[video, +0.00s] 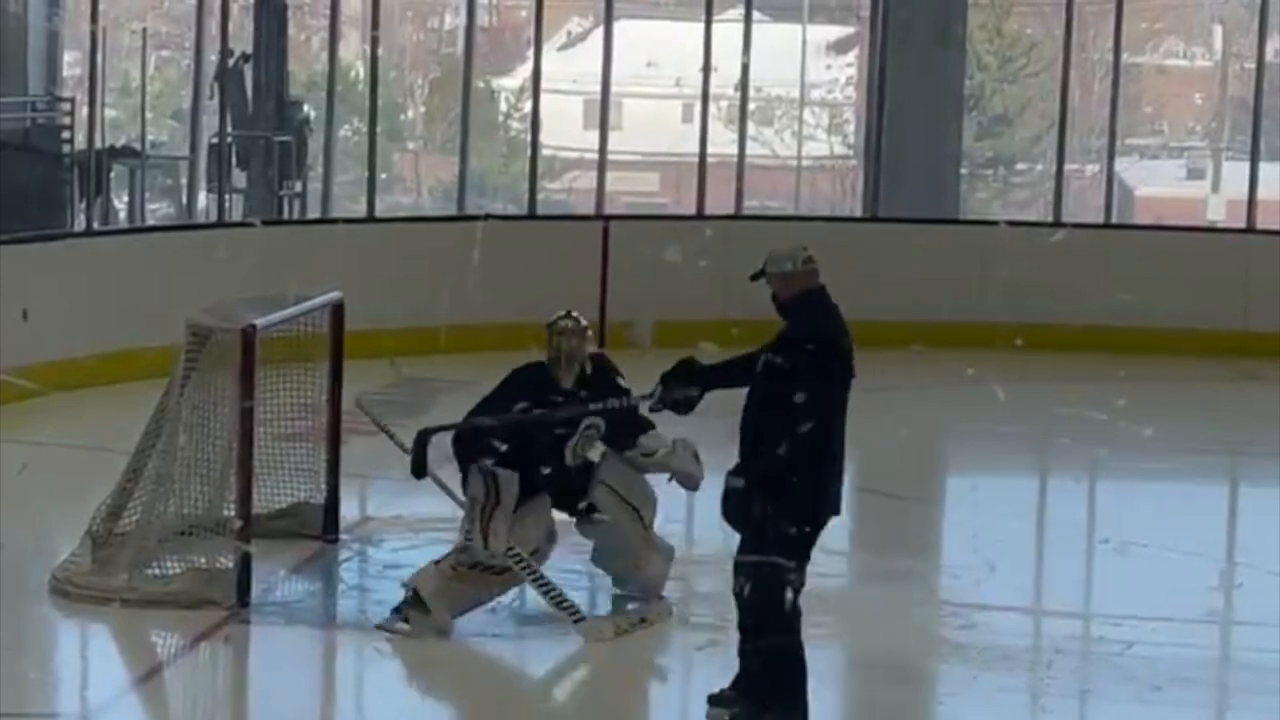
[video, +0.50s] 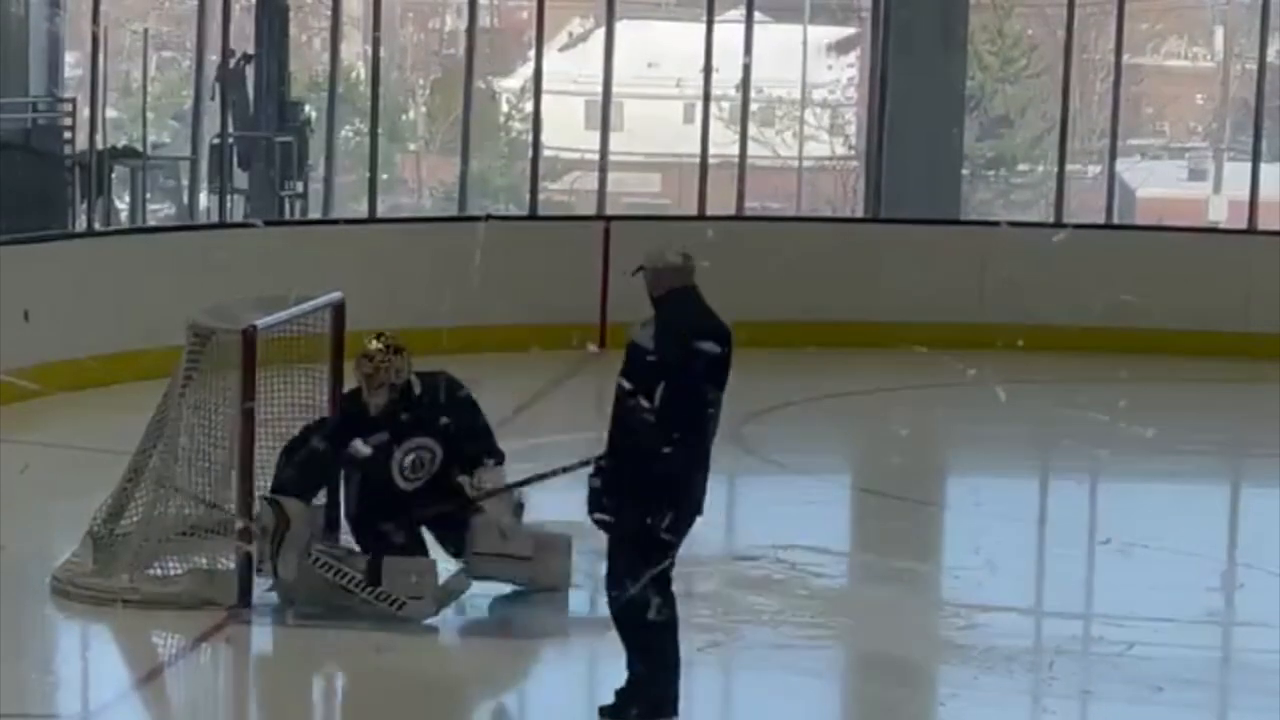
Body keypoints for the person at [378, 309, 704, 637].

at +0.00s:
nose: (568, 347)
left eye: (577, 339)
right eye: (561, 339)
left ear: (589, 344)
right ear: (549, 343)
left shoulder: (604, 381)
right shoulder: (527, 380)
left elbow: (631, 433)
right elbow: (473, 427)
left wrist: (669, 455)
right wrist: (481, 468)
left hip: (581, 475)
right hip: (525, 476)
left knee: (627, 517)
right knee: (520, 548)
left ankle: (639, 594)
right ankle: (428, 602)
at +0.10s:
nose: (542, 347)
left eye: (551, 340)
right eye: (536, 339)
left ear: (567, 346)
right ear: (526, 344)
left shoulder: (589, 375)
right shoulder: (508, 383)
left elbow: (624, 427)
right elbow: (454, 430)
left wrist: (656, 460)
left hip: (568, 479)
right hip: (514, 481)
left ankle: (647, 570)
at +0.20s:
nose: (518, 351)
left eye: (527, 344)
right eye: (512, 344)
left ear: (540, 351)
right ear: (501, 350)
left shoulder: (563, 384)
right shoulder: (481, 395)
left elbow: (596, 438)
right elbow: (435, 433)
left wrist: (634, 473)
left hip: (541, 482)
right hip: (485, 492)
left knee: (599, 516)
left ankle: (639, 570)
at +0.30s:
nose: (481, 358)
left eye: (487, 351)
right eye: (472, 351)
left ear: (499, 357)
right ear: (457, 359)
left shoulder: (526, 386)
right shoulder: (440, 409)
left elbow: (563, 438)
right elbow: (387, 455)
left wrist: (592, 480)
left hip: (516, 493)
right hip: (454, 504)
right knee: (489, 577)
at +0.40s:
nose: (418, 381)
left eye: (427, 373)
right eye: (412, 373)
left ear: (446, 372)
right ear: (405, 374)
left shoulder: (483, 391)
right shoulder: (394, 414)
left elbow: (518, 437)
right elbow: (347, 452)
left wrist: (539, 484)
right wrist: (320, 507)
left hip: (481, 491)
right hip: (418, 504)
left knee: (520, 541)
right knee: (444, 579)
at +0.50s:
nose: (374, 381)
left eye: (383, 374)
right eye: (368, 373)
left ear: (401, 373)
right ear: (359, 374)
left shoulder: (441, 392)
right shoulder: (349, 414)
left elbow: (478, 445)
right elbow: (307, 466)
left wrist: (491, 487)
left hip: (439, 495)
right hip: (380, 508)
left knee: (484, 551)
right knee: (410, 580)